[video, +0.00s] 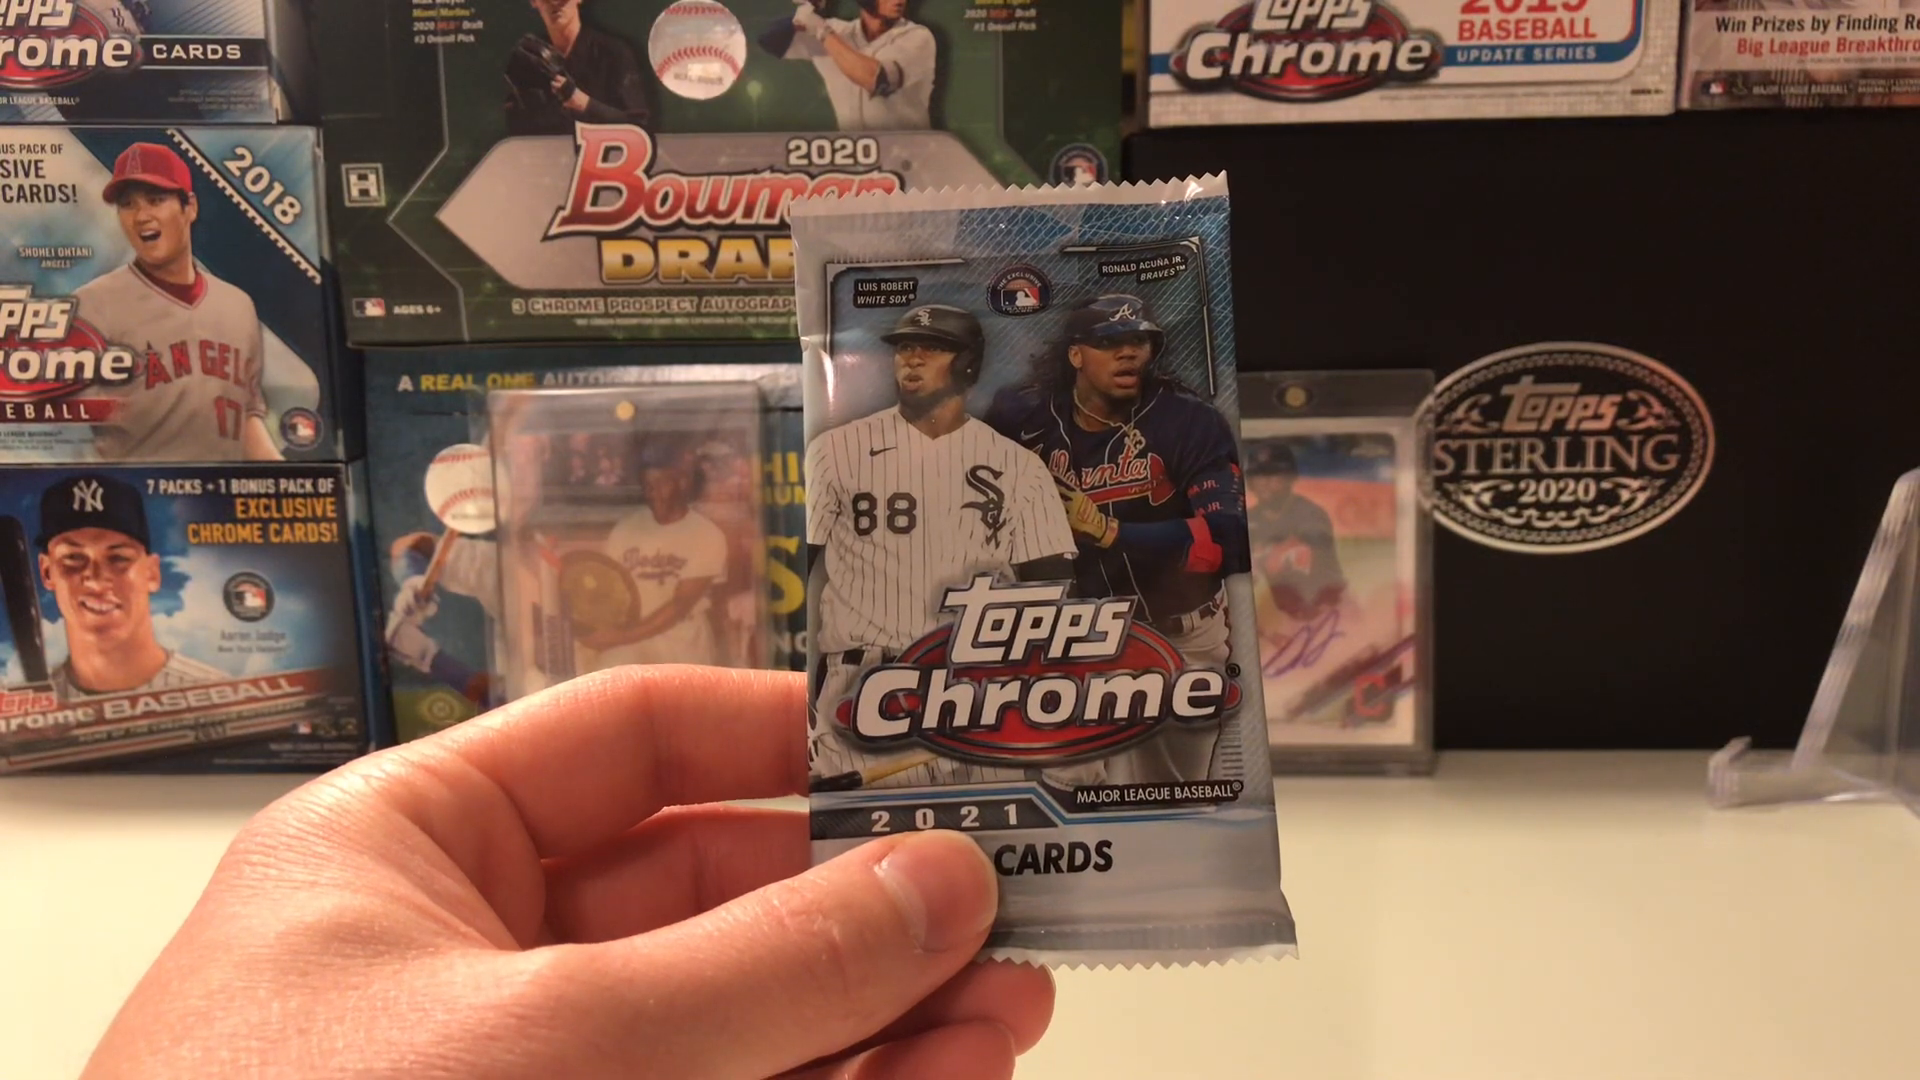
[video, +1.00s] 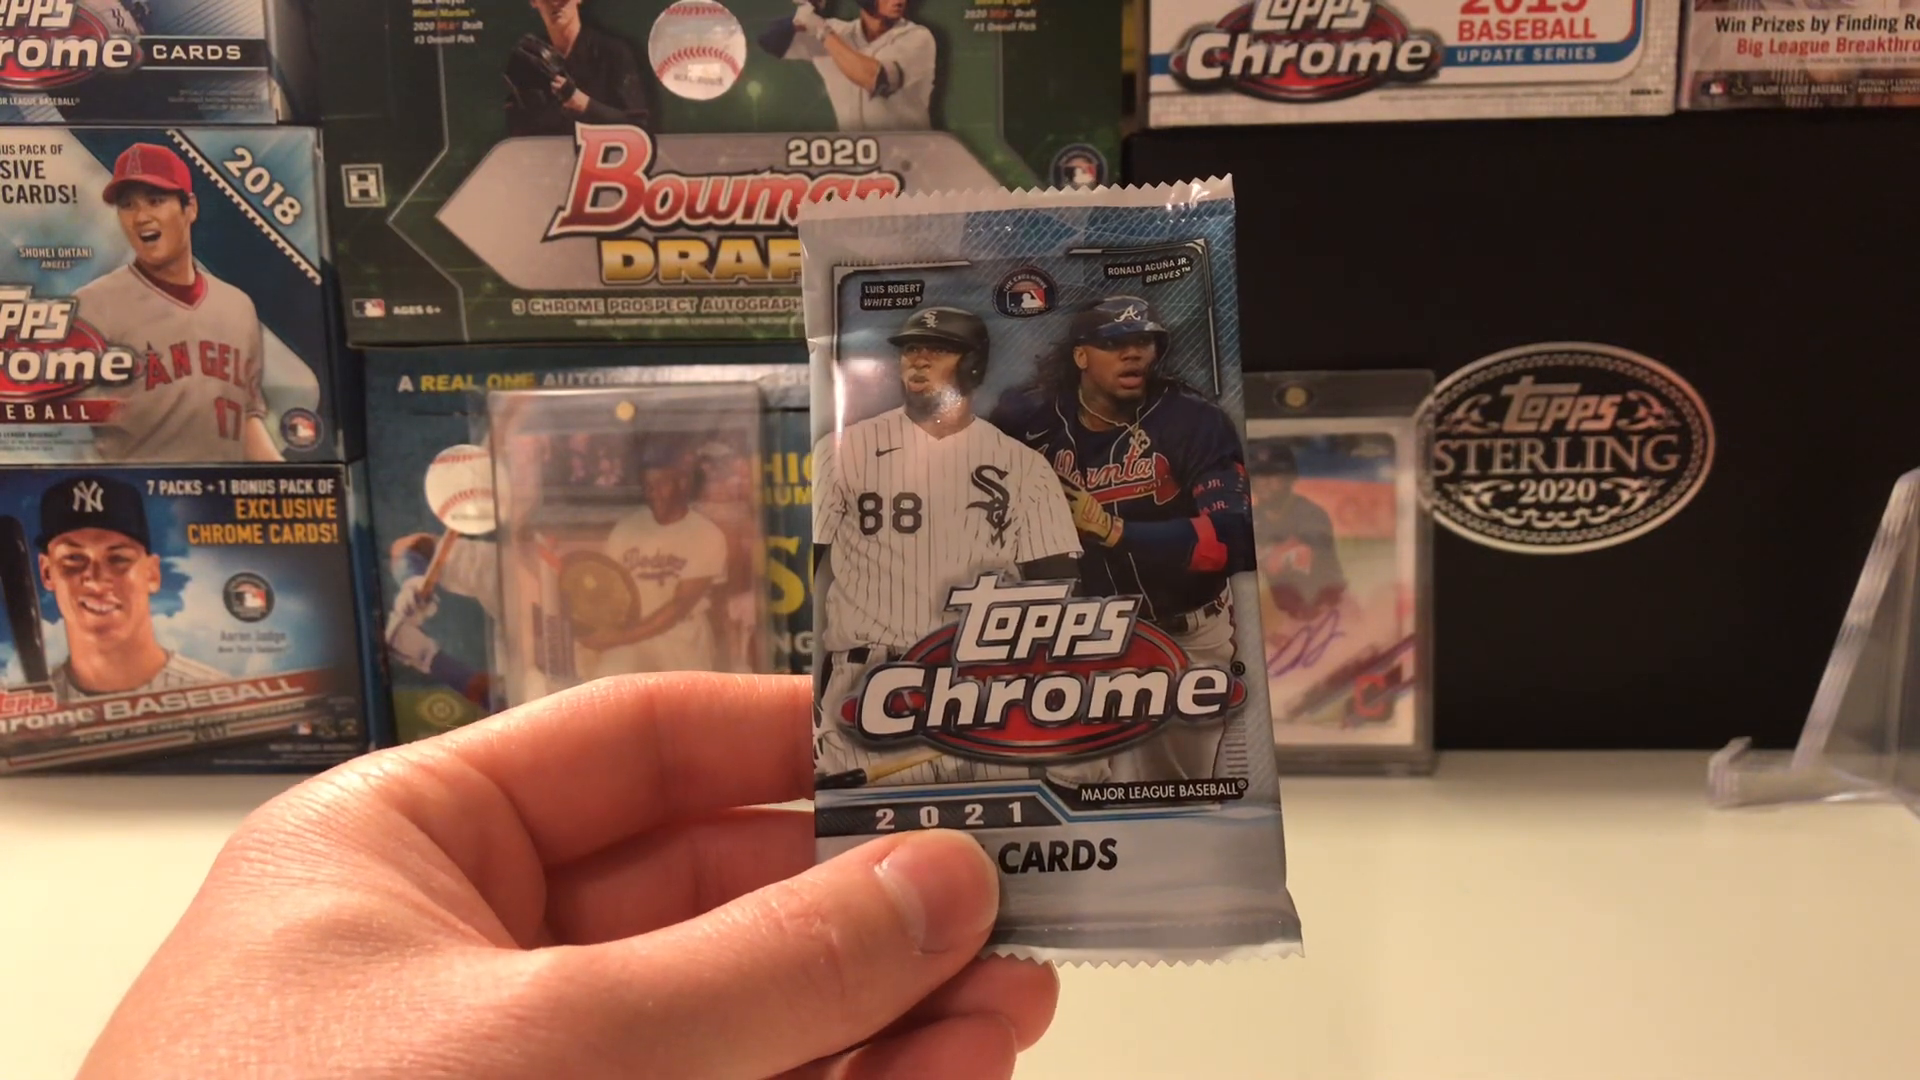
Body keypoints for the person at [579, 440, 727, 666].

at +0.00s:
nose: (653, 493)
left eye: (661, 483)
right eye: (647, 485)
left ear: (683, 483)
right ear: (642, 487)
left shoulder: (707, 536)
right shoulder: (625, 530)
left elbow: (680, 606)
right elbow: (605, 592)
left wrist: (620, 637)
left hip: (683, 661)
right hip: (626, 661)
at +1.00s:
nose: (653, 494)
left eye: (660, 485)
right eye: (648, 486)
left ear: (682, 484)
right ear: (643, 488)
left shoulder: (707, 536)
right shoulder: (625, 529)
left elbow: (680, 606)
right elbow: (604, 590)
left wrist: (619, 637)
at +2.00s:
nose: (653, 495)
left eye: (660, 485)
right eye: (648, 486)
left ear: (683, 483)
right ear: (642, 488)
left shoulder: (707, 536)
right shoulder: (625, 530)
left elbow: (679, 607)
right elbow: (604, 589)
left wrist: (617, 637)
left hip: (682, 645)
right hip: (625, 646)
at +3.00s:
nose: (652, 495)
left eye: (660, 485)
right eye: (647, 486)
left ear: (682, 484)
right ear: (642, 488)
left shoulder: (707, 536)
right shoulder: (625, 530)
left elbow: (680, 606)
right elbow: (604, 589)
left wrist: (617, 637)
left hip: (683, 641)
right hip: (627, 643)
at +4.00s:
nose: (653, 495)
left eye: (661, 485)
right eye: (648, 487)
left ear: (681, 485)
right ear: (643, 489)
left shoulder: (707, 536)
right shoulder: (625, 529)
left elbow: (680, 607)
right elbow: (604, 588)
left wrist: (618, 637)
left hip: (683, 641)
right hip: (626, 642)